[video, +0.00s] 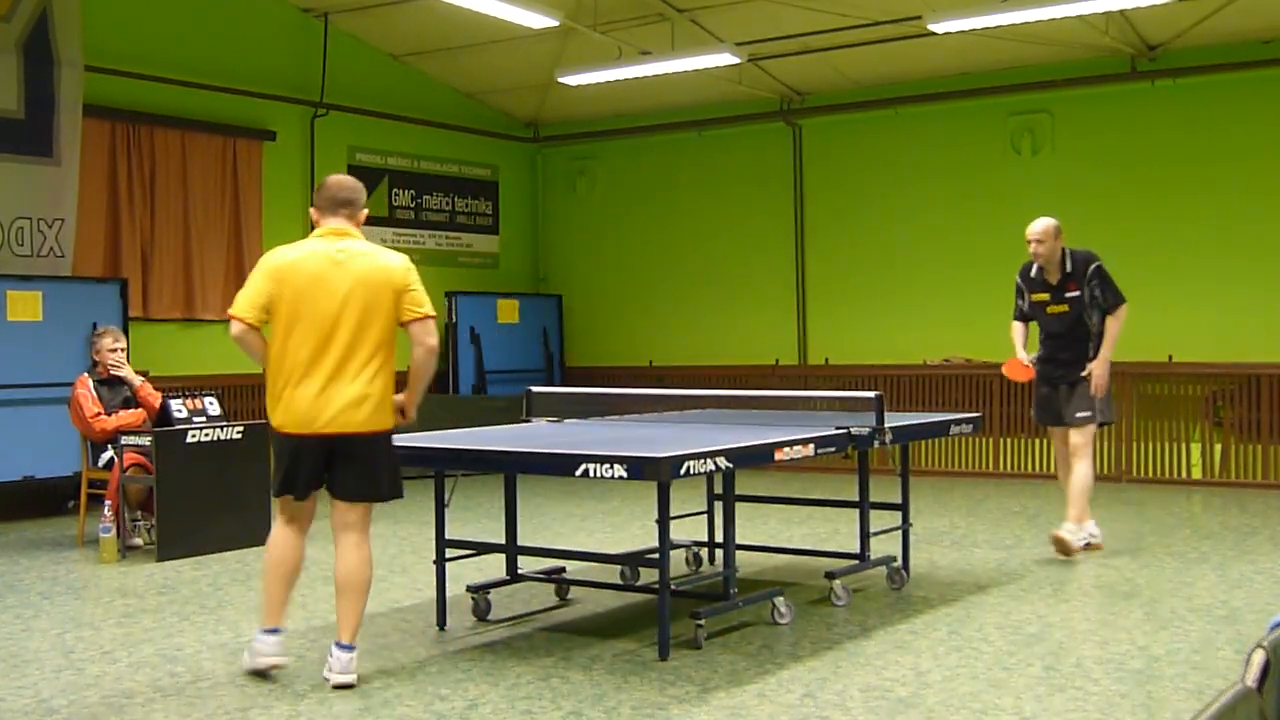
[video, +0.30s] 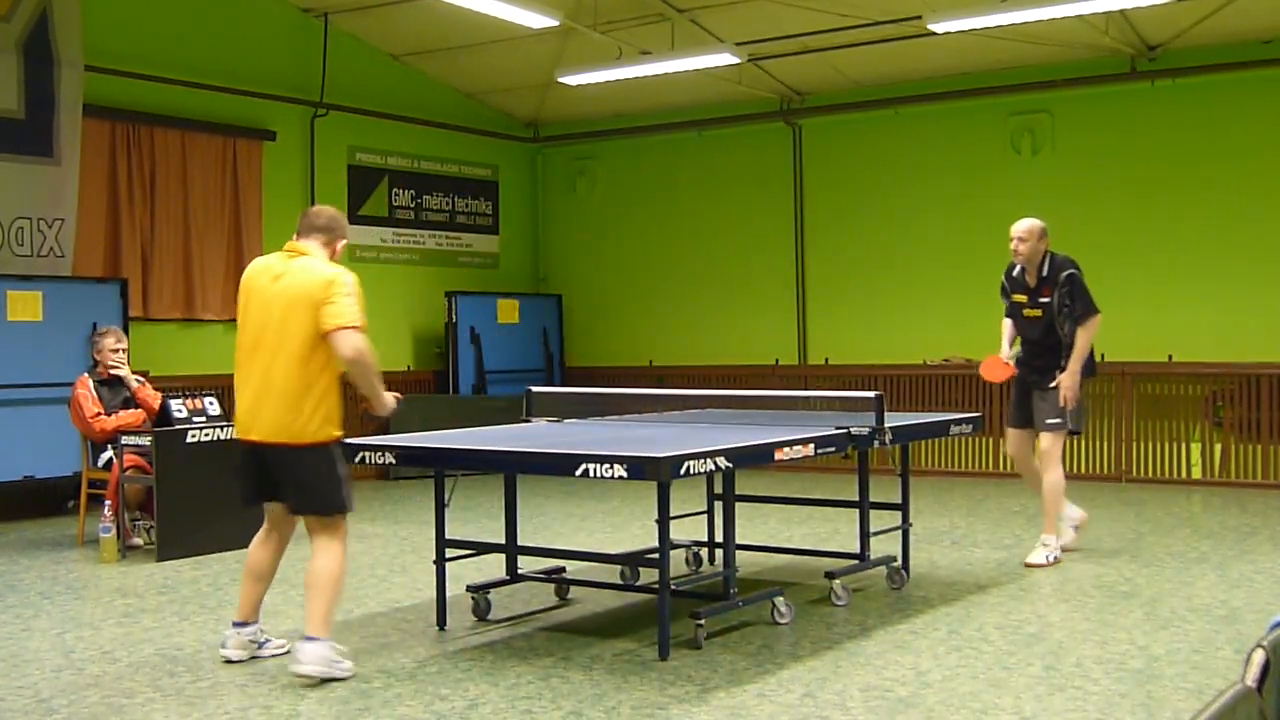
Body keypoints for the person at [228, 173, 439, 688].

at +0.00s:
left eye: (317, 213)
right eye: (363, 213)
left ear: (313, 215)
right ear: (364, 216)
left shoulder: (280, 261)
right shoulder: (393, 265)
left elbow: (241, 328)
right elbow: (427, 341)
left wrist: (277, 364)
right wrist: (412, 398)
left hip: (296, 420)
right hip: (364, 422)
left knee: (289, 521)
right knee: (353, 530)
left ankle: (269, 639)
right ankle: (344, 655)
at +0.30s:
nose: (344, 253)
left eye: (344, 248)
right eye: (345, 248)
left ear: (296, 237)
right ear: (337, 245)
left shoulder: (256, 270)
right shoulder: (334, 278)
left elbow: (256, 334)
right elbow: (350, 348)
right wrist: (376, 395)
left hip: (255, 427)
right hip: (305, 432)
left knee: (277, 524)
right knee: (328, 532)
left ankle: (243, 631)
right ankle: (316, 646)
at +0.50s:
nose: (342, 244)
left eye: (344, 237)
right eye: (344, 236)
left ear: (302, 221)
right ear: (333, 229)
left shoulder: (262, 259)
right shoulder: (303, 264)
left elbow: (269, 330)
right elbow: (285, 338)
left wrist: (325, 330)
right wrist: (330, 389)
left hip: (253, 410)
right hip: (280, 414)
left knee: (276, 515)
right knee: (296, 517)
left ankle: (245, 622)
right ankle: (236, 624)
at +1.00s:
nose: (387, 301)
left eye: (390, 292)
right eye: (385, 292)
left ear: (361, 285)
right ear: (358, 284)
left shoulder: (356, 328)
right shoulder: (293, 310)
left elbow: (360, 389)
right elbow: (269, 386)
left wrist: (398, 421)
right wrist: (336, 411)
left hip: (303, 426)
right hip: (248, 423)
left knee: (340, 514)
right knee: (258, 524)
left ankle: (333, 618)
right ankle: (220, 633)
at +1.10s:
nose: (394, 316)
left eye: (397, 307)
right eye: (390, 306)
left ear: (367, 298)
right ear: (363, 297)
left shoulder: (366, 337)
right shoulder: (298, 317)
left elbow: (367, 398)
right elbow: (275, 393)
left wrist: (406, 424)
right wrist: (341, 414)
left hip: (303, 427)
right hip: (247, 421)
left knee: (343, 514)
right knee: (245, 518)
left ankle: (333, 617)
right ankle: (206, 628)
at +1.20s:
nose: (394, 330)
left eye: (398, 322)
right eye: (392, 320)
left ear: (372, 313)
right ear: (363, 309)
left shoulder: (369, 350)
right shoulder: (301, 330)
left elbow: (374, 409)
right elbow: (283, 405)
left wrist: (414, 425)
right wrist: (348, 422)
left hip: (302, 433)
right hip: (246, 426)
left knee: (344, 513)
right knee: (227, 522)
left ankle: (333, 617)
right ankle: (164, 616)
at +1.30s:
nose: (390, 340)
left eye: (393, 332)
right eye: (387, 331)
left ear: (369, 323)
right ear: (357, 318)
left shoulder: (364, 356)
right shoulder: (299, 336)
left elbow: (370, 416)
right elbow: (284, 413)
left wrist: (416, 423)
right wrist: (354, 425)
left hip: (301, 438)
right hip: (243, 434)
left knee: (345, 515)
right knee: (214, 532)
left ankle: (334, 617)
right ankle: (143, 615)